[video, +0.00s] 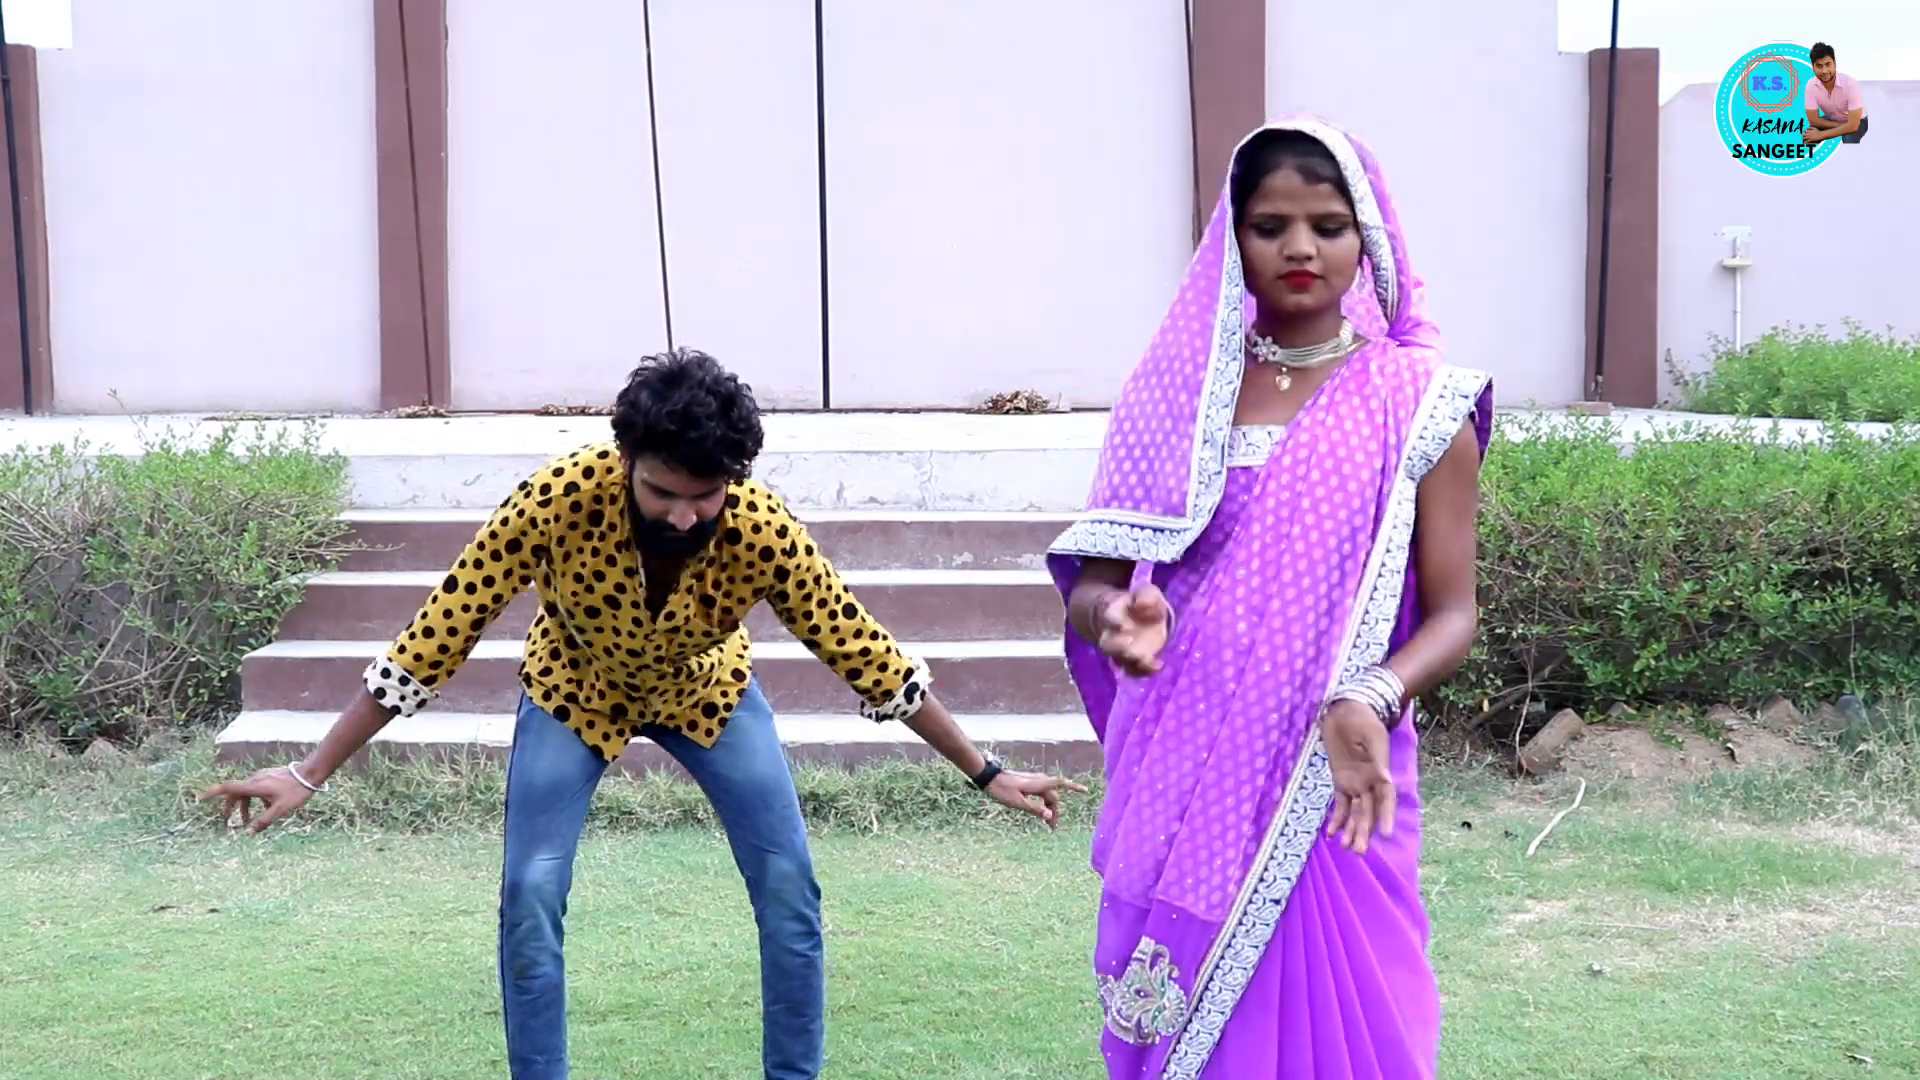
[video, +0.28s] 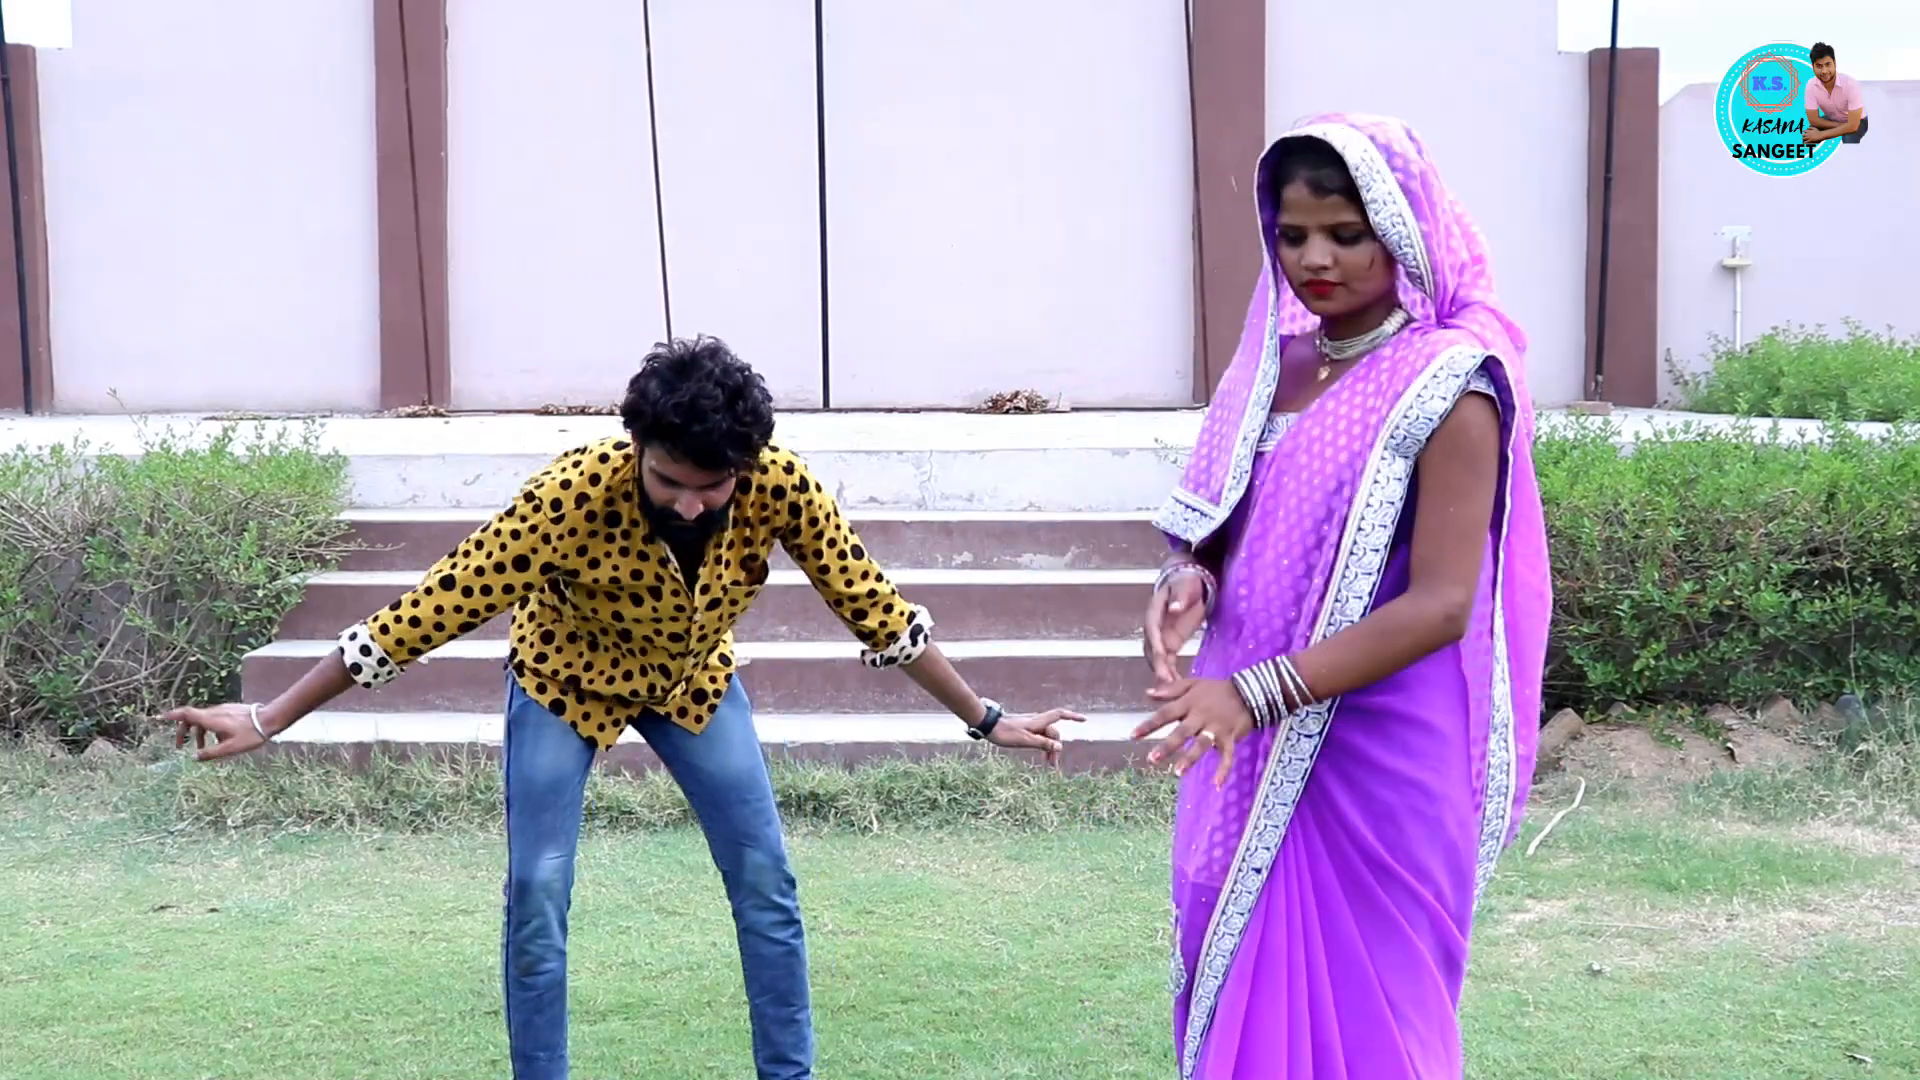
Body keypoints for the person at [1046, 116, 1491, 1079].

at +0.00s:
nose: (1299, 248)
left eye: (1327, 224)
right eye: (1272, 225)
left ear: (1364, 240)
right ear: (1235, 240)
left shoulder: (1420, 400)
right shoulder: (1175, 391)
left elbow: (1454, 612)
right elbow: (1090, 583)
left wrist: (1373, 695)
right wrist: (1115, 615)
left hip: (1327, 791)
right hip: (1177, 781)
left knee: (1331, 1046)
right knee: (1171, 1043)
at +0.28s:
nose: (1315, 260)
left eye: (1345, 235)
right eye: (1294, 236)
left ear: (1405, 236)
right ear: (1272, 238)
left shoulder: (1451, 389)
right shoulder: (1271, 369)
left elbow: (1441, 603)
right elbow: (1223, 526)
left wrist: (1257, 690)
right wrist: (1193, 574)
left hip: (1381, 777)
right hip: (1246, 755)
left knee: (1367, 1036)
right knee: (1238, 1021)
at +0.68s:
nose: (1288, 242)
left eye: (1308, 221)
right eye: (1295, 219)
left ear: (1376, 242)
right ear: (1371, 247)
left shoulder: (1380, 393)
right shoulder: (1432, 368)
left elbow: (1386, 615)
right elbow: (1345, 549)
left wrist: (1364, 813)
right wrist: (1216, 503)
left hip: (1346, 776)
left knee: (1351, 1034)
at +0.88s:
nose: (1293, 252)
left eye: (1310, 233)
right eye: (1298, 231)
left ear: (1373, 248)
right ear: (1384, 251)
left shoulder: (1369, 393)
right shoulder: (1443, 368)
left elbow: (1357, 608)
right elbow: (1368, 570)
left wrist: (1279, 781)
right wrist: (1260, 649)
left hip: (1359, 763)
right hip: (1419, 741)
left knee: (1362, 1027)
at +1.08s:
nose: (1289, 253)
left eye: (1307, 236)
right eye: (1297, 233)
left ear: (1366, 257)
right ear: (1373, 262)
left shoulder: (1351, 389)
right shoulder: (1454, 376)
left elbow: (1342, 595)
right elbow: (1428, 590)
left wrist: (1182, 662)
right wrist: (1301, 659)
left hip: (1357, 748)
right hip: (1443, 735)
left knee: (1345, 1009)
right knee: (1422, 999)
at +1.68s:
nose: (1273, 241)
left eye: (1297, 227)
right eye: (1274, 222)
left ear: (1361, 247)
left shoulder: (1337, 381)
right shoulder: (1404, 360)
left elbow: (1352, 581)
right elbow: (1386, 579)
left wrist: (1316, 754)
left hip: (1312, 742)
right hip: (1376, 738)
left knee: (1277, 1006)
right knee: (1359, 997)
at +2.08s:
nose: (1271, 249)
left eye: (1298, 234)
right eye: (1265, 230)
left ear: (1355, 253)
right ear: (1256, 235)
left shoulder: (1325, 367)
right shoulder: (1351, 357)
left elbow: (1353, 514)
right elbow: (1341, 522)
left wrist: (1351, 655)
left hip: (1291, 691)